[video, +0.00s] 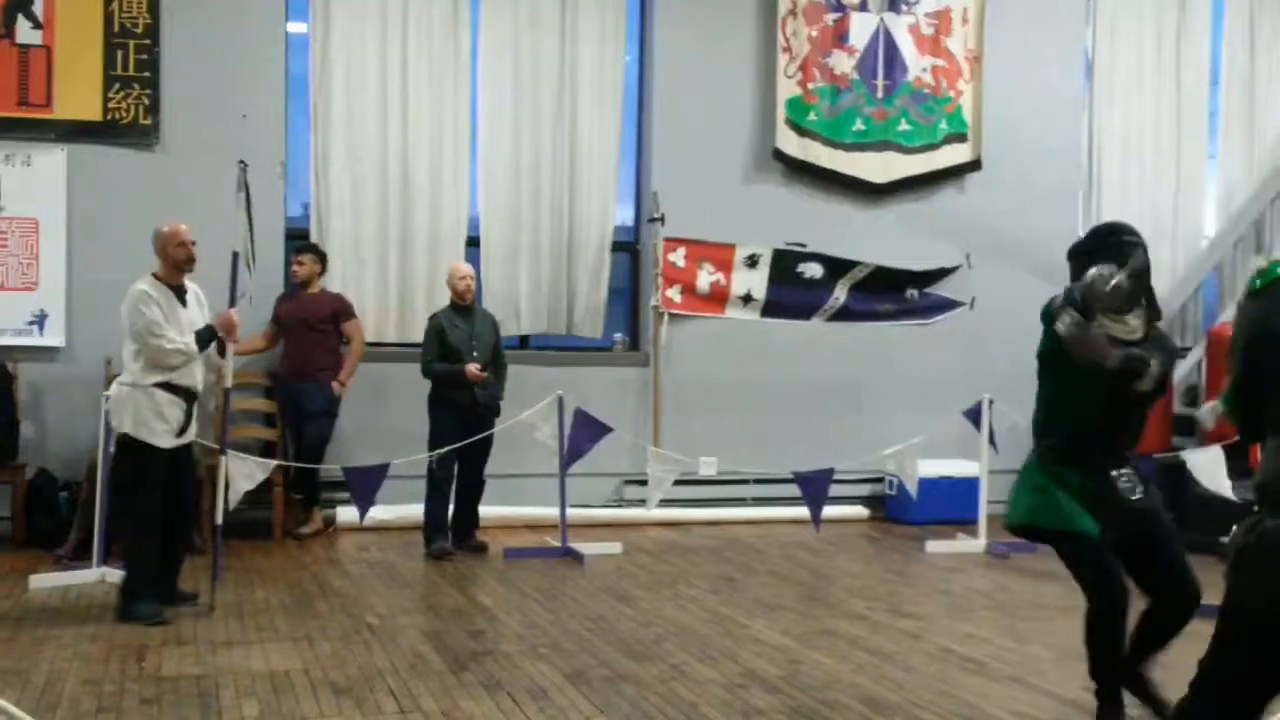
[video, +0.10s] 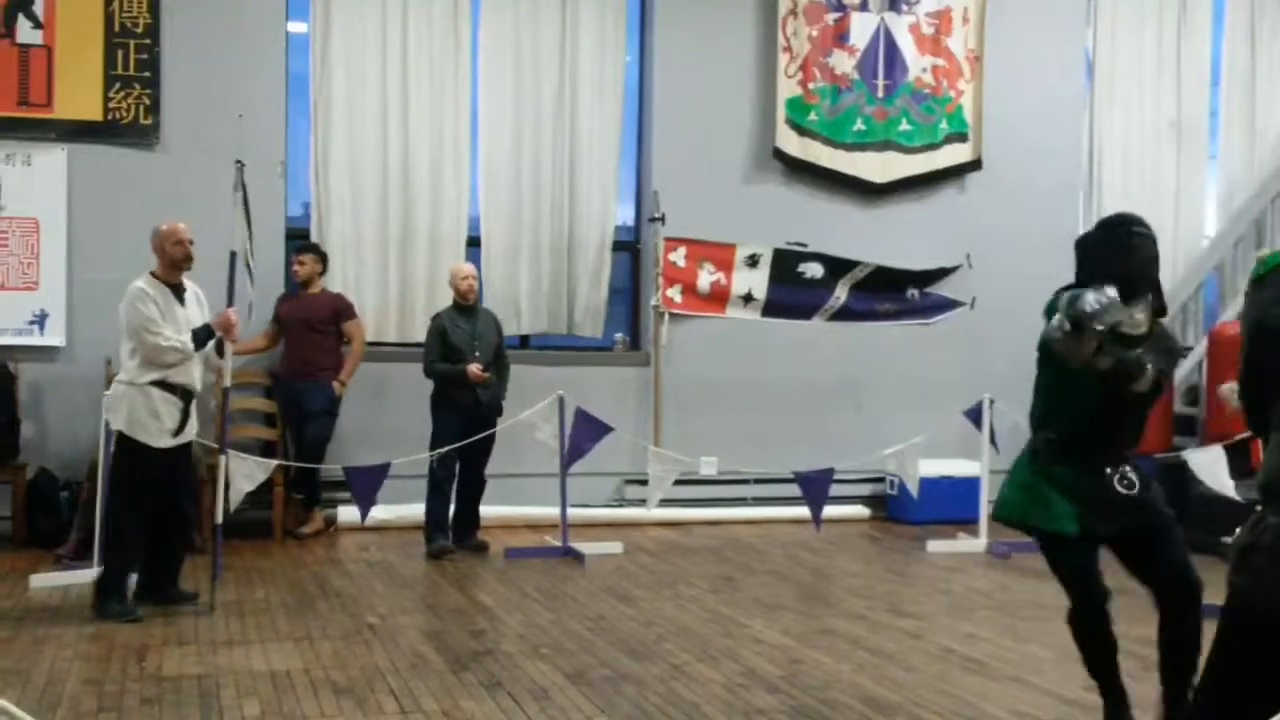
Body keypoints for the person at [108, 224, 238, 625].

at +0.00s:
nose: (191, 252)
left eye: (192, 245)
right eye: (182, 246)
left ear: (192, 251)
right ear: (162, 254)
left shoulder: (195, 293)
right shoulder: (142, 295)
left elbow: (210, 357)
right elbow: (165, 352)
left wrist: (224, 342)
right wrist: (214, 331)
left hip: (179, 410)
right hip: (143, 410)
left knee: (178, 502)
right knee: (144, 504)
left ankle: (166, 585)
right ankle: (137, 596)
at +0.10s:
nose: (188, 250)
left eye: (190, 243)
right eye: (179, 244)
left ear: (192, 249)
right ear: (159, 252)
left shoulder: (194, 293)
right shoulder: (140, 294)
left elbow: (210, 359)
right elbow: (161, 351)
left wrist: (224, 341)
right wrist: (212, 330)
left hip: (179, 414)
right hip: (139, 412)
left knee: (174, 504)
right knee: (128, 506)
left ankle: (160, 584)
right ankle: (111, 595)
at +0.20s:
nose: (183, 250)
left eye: (185, 243)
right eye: (174, 243)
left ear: (187, 248)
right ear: (153, 250)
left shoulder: (189, 294)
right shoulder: (134, 292)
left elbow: (199, 356)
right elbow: (155, 348)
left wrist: (218, 344)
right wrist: (208, 328)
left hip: (175, 413)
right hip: (133, 410)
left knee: (170, 504)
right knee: (117, 504)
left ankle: (156, 584)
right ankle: (98, 592)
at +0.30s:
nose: (177, 249)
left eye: (179, 242)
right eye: (167, 243)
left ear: (182, 247)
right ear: (146, 249)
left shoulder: (181, 294)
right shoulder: (127, 292)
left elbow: (192, 356)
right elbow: (150, 348)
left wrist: (213, 345)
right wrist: (201, 328)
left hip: (170, 413)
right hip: (128, 410)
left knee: (165, 504)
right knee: (109, 504)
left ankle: (152, 584)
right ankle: (94, 593)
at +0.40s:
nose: (175, 249)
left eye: (178, 242)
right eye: (166, 242)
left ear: (181, 248)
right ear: (145, 248)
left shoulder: (180, 295)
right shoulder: (125, 291)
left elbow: (189, 358)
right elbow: (147, 347)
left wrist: (210, 344)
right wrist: (199, 328)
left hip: (169, 412)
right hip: (127, 409)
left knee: (164, 504)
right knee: (109, 503)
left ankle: (154, 584)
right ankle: (95, 593)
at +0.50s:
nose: (173, 249)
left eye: (176, 242)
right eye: (164, 242)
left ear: (178, 248)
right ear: (143, 249)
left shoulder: (177, 296)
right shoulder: (123, 291)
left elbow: (184, 362)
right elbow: (144, 349)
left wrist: (206, 347)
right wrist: (196, 329)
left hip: (167, 413)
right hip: (125, 410)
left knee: (161, 504)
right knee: (107, 503)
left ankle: (153, 584)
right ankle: (95, 593)